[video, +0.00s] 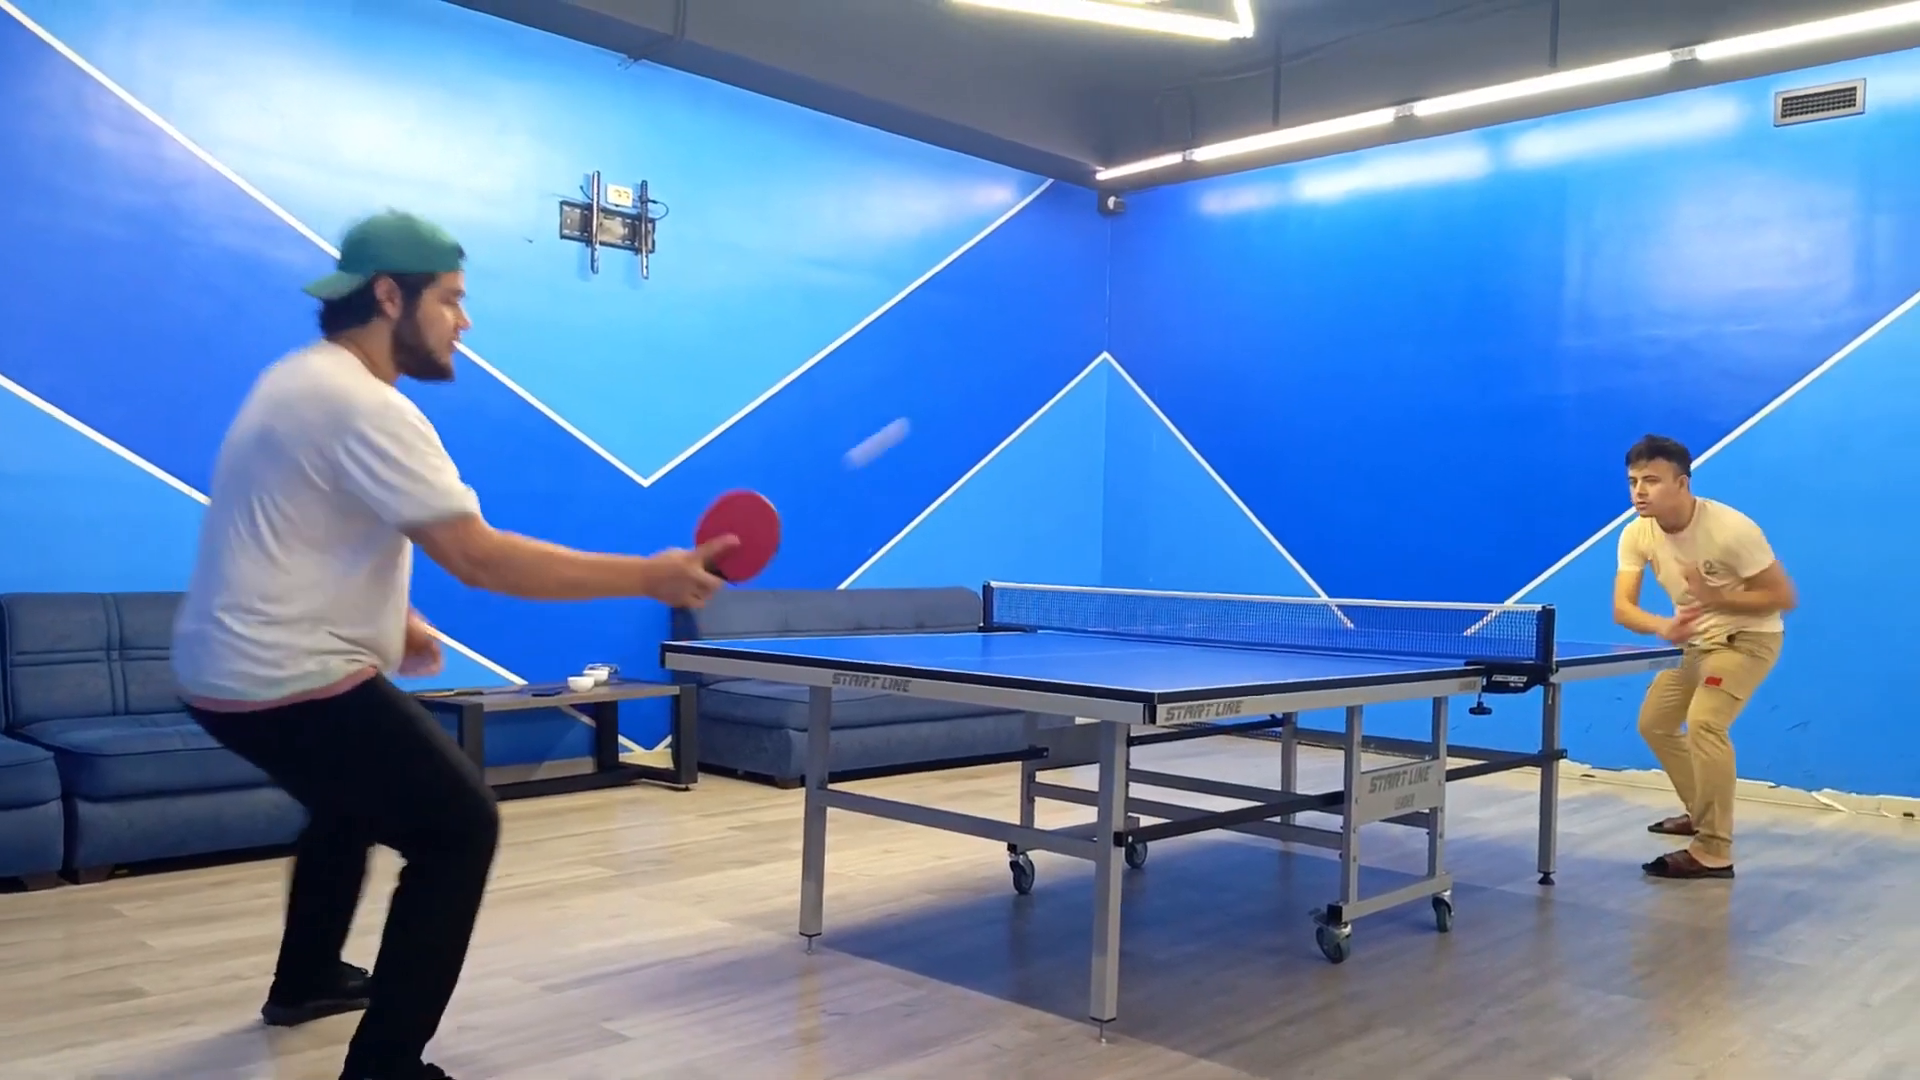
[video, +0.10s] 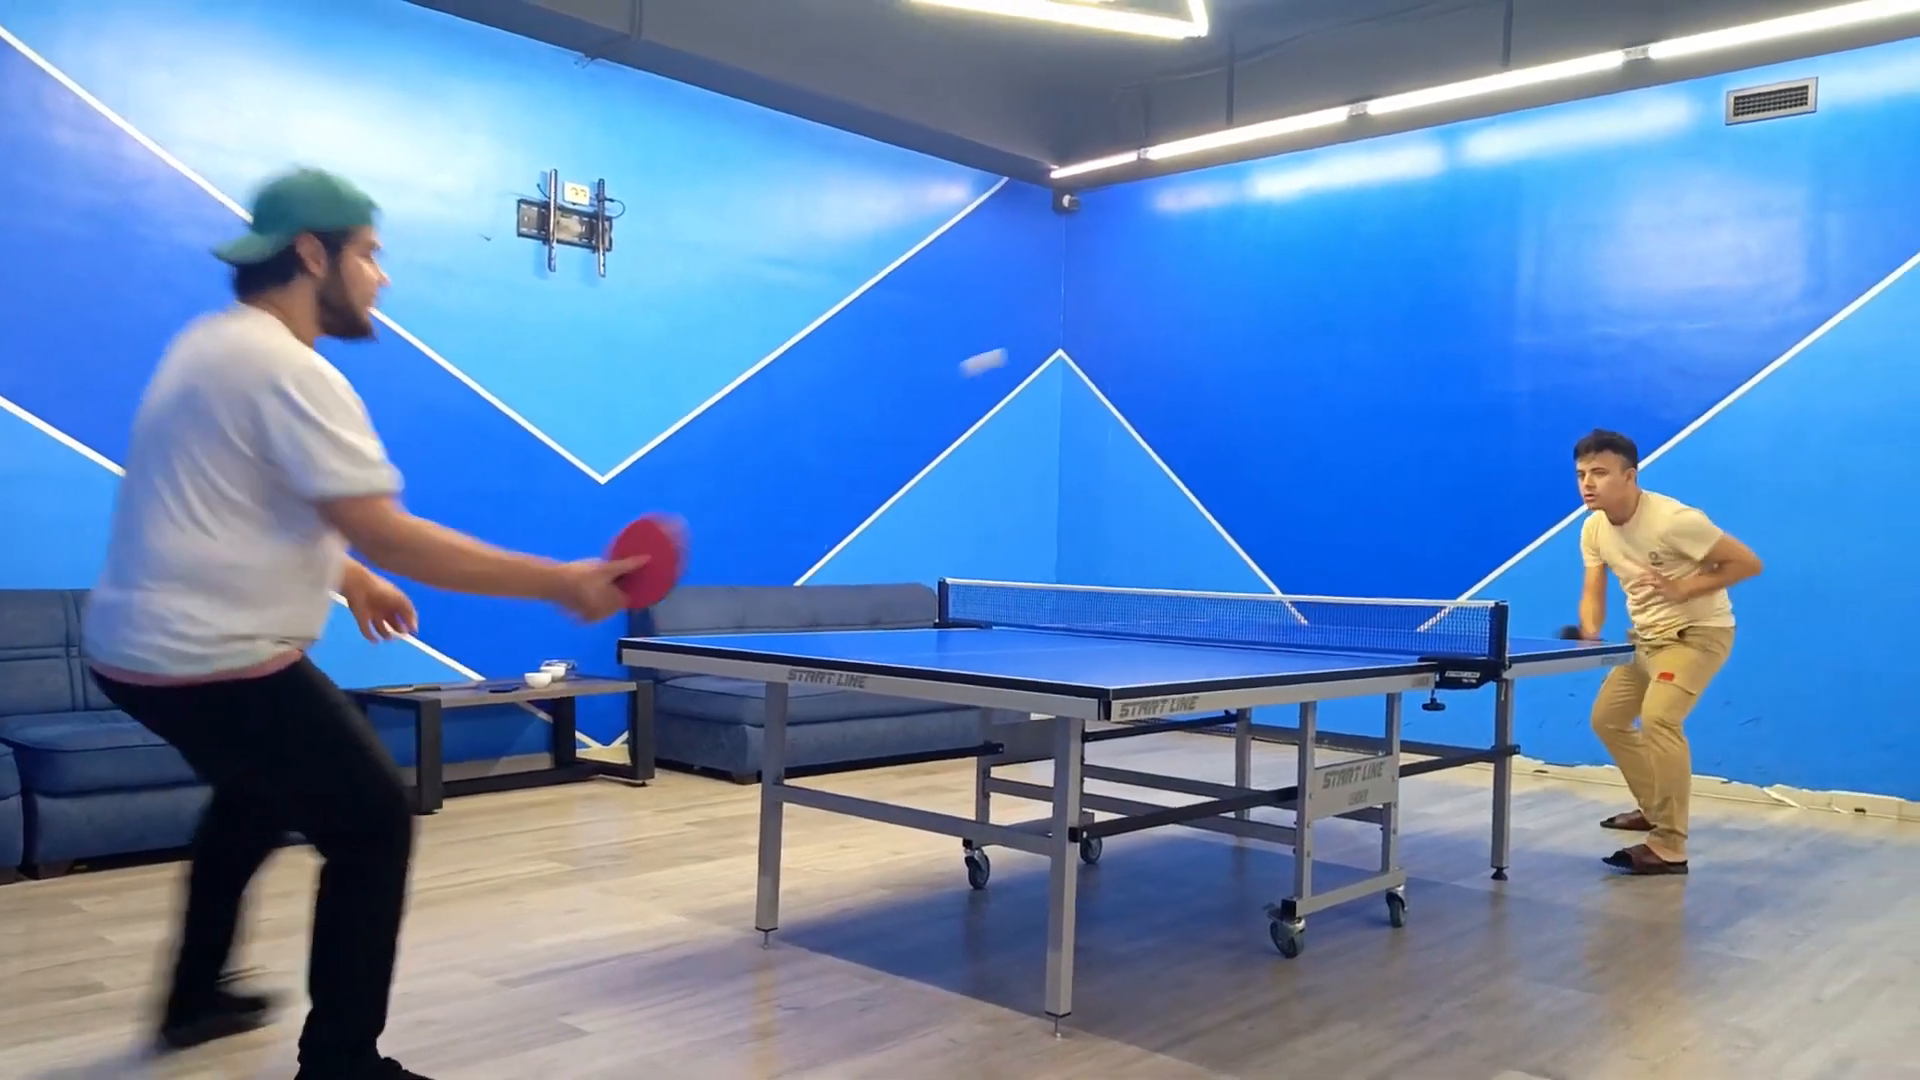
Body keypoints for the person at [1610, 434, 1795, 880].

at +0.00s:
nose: (1639, 491)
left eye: (1651, 481)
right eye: (1634, 482)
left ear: (1682, 483)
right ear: (1630, 485)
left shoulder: (1731, 529)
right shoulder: (1637, 533)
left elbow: (1785, 595)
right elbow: (1622, 609)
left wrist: (1719, 598)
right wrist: (1662, 626)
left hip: (1749, 636)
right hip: (1696, 640)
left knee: (1705, 725)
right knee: (1656, 725)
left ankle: (1714, 850)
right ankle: (1702, 814)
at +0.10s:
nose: (1587, 484)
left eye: (1598, 473)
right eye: (1582, 474)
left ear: (1631, 476)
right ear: (1578, 478)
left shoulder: (1676, 522)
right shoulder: (1594, 529)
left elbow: (1749, 563)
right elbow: (1593, 591)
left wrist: (1687, 586)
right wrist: (1590, 630)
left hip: (1698, 634)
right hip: (1648, 639)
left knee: (1659, 720)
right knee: (1609, 720)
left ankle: (1670, 846)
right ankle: (1655, 809)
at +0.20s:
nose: (1539, 477)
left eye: (1552, 467)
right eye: (1535, 468)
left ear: (1582, 471)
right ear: (1532, 474)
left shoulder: (1622, 517)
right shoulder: (1557, 527)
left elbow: (1689, 568)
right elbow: (1567, 598)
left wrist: (1624, 586)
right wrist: (1528, 633)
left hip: (1655, 631)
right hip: (1606, 635)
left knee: (1608, 717)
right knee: (1565, 714)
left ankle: (1626, 842)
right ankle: (1613, 806)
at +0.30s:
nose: (1575, 475)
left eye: (1586, 465)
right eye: (1570, 468)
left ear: (1618, 472)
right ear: (1567, 475)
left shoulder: (1648, 515)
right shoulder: (1601, 532)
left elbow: (1680, 587)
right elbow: (1622, 600)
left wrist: (1606, 590)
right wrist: (1575, 635)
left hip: (1687, 634)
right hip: (1645, 638)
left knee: (1625, 719)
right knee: (1597, 717)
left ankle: (1657, 845)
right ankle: (1646, 810)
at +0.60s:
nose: (1673, 470)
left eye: (1682, 459)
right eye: (1672, 461)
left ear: (1718, 459)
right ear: (1723, 463)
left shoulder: (1705, 491)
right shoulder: (1774, 509)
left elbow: (1631, 517)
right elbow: (1817, 582)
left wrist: (1621, 551)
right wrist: (1795, 632)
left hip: (1747, 633)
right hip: (1786, 635)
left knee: (1691, 736)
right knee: (1723, 726)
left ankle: (1747, 854)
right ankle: (1762, 824)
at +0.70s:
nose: (1690, 484)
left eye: (1699, 473)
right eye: (1689, 474)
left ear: (1735, 475)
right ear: (1741, 478)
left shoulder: (1732, 505)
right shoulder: (1790, 521)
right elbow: (1847, 587)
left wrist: (1646, 559)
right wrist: (1841, 620)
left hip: (1773, 650)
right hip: (1812, 651)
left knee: (1698, 741)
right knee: (1747, 731)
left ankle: (1753, 858)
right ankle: (1789, 824)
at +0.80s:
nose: (1709, 471)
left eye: (1718, 461)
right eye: (1709, 462)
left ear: (1752, 466)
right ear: (1746, 469)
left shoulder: (1765, 500)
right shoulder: (1762, 507)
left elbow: (1826, 531)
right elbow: (1813, 541)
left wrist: (1762, 571)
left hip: (1805, 647)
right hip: (1810, 648)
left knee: (1726, 737)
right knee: (1763, 736)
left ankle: (1765, 861)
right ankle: (1823, 827)